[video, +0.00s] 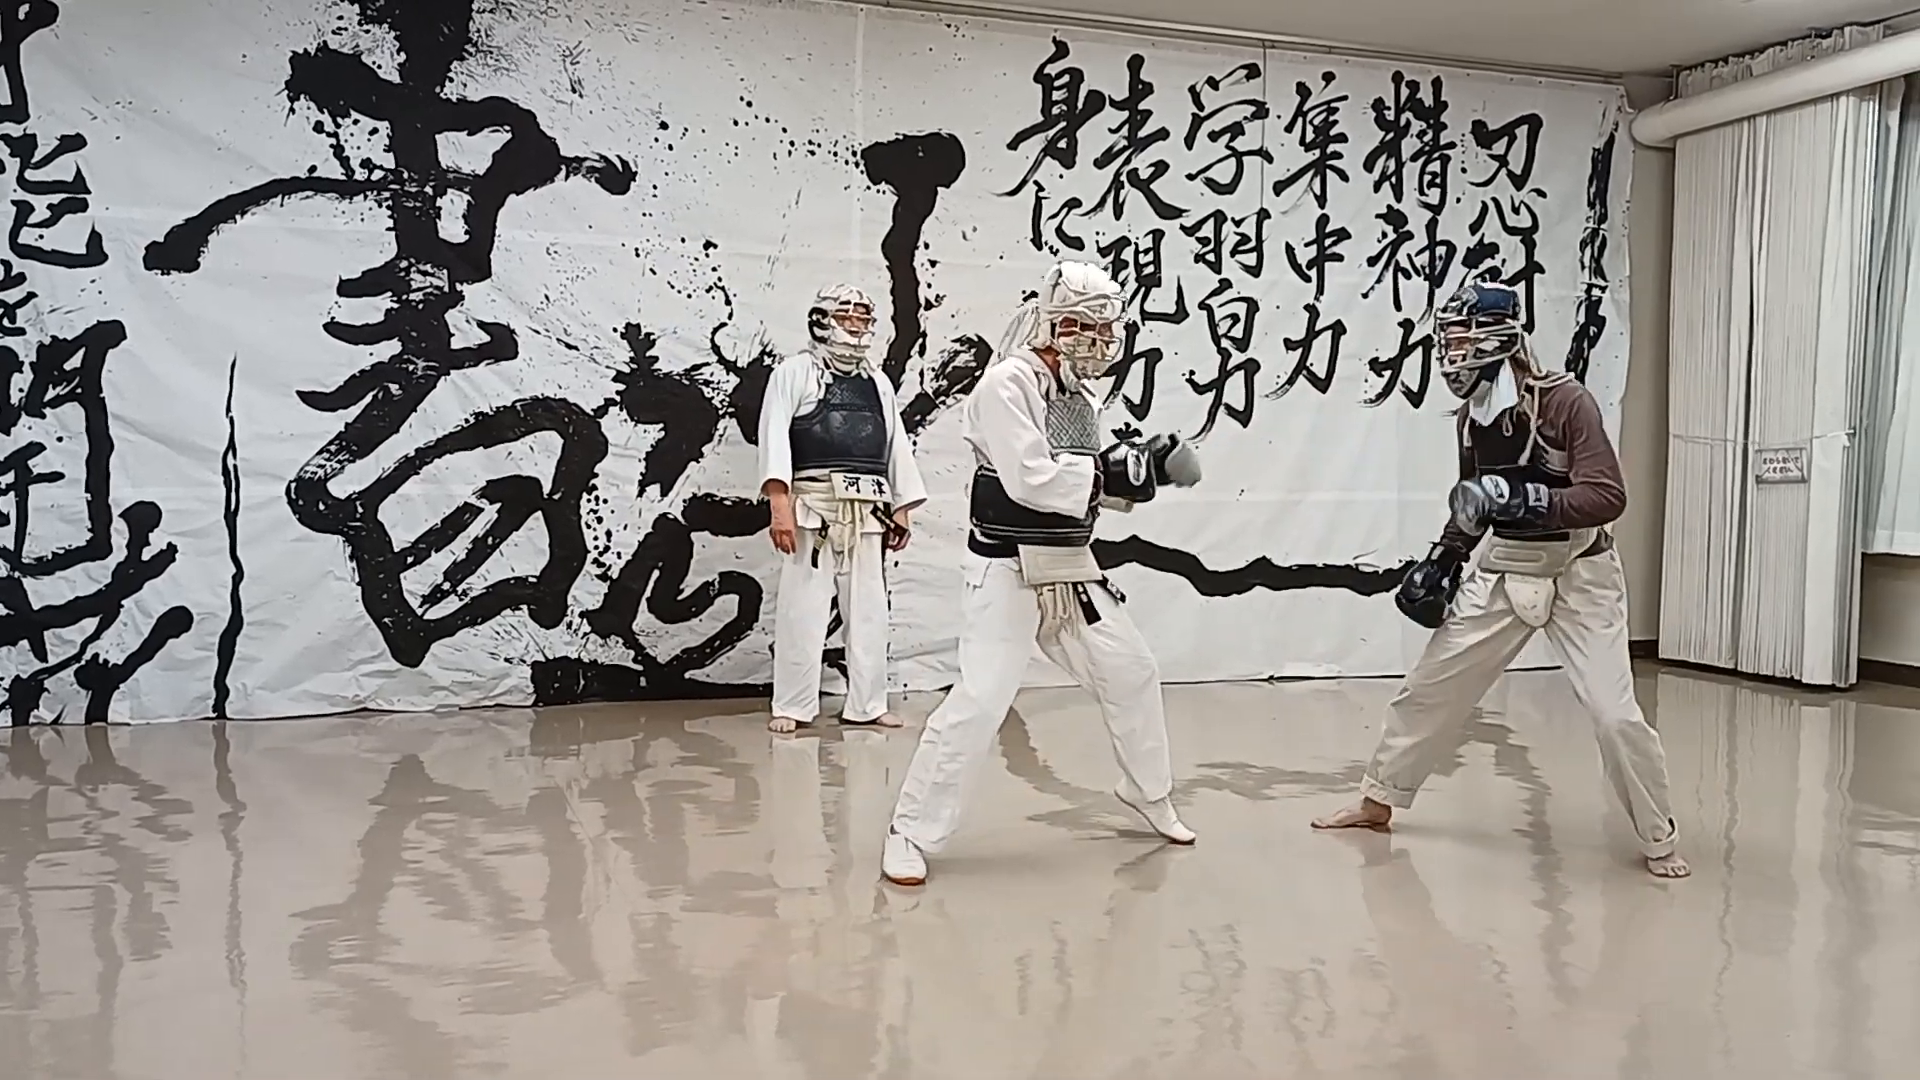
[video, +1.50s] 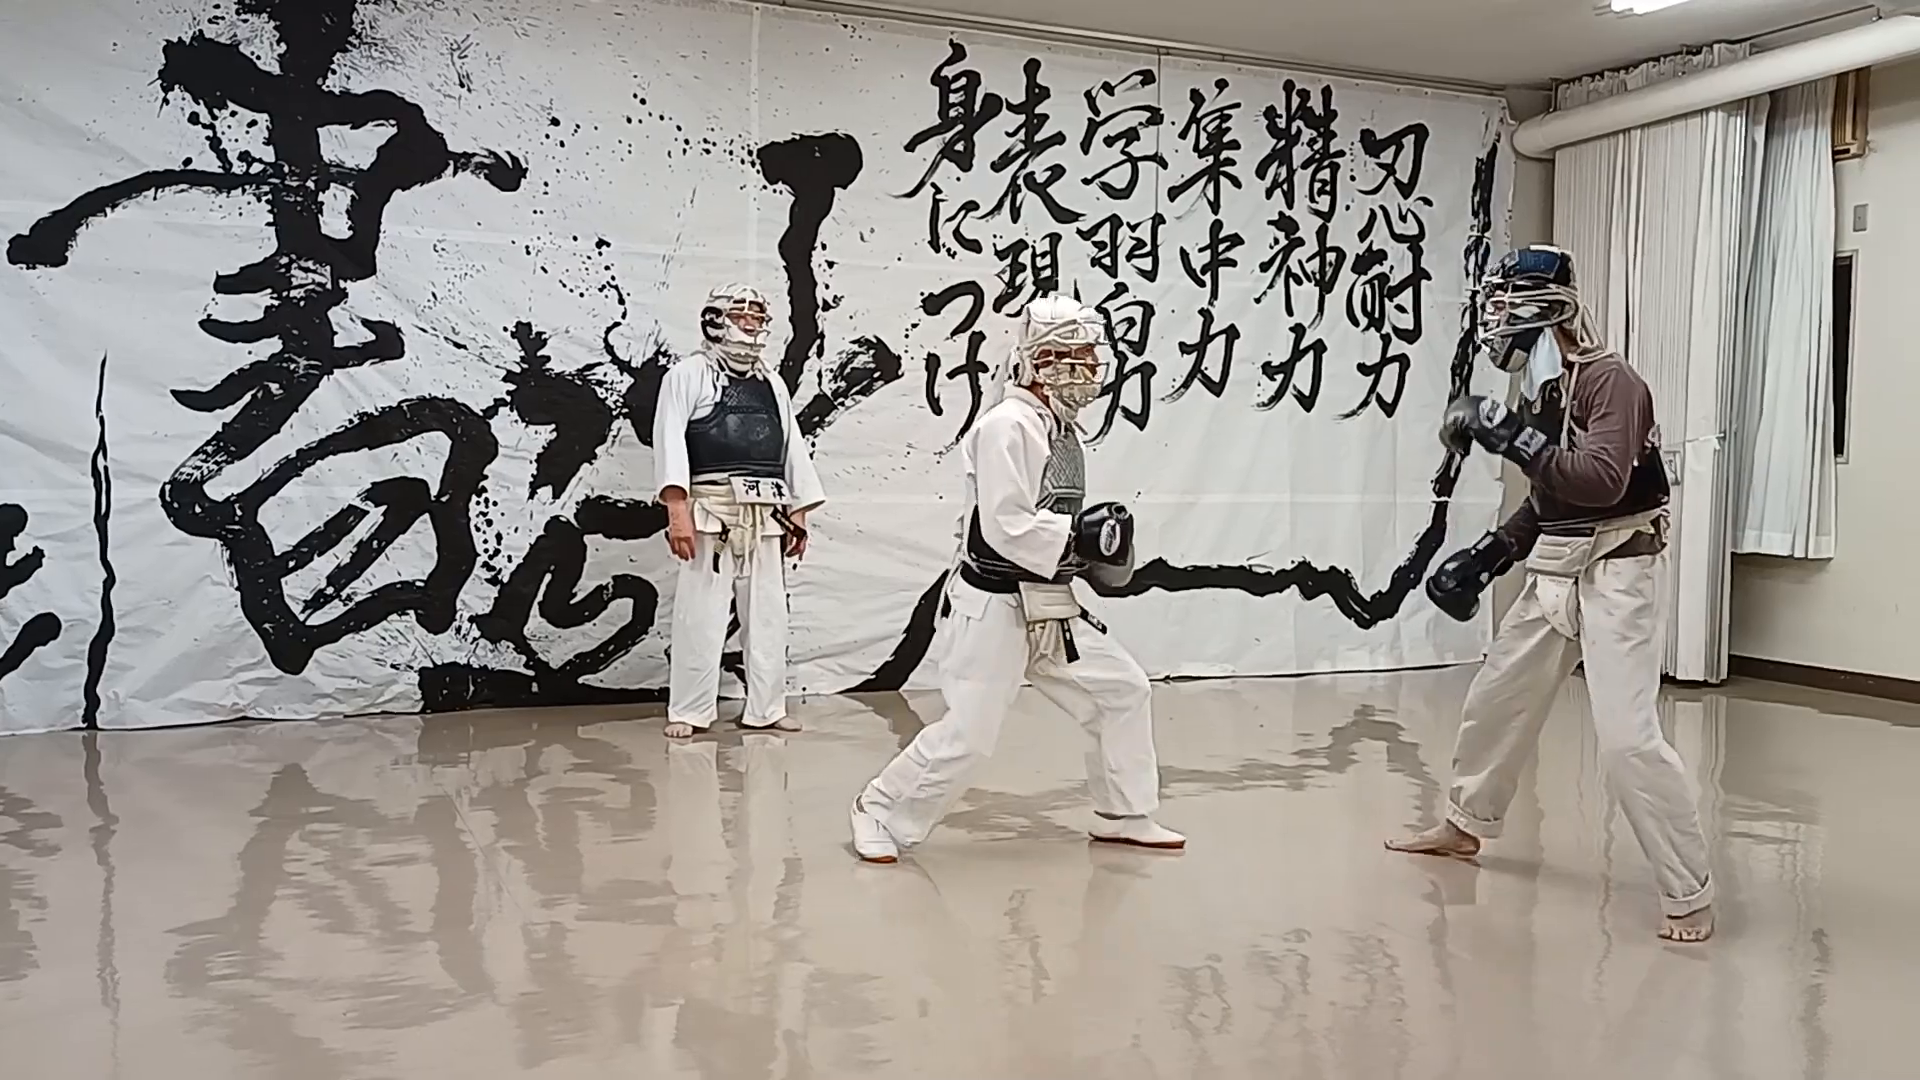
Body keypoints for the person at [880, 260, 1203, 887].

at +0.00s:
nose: (1092, 341)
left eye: (1102, 330)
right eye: (1079, 327)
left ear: (1110, 333)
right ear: (1050, 325)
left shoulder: (1081, 396)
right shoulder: (1005, 382)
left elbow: (1084, 482)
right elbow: (1028, 478)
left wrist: (1140, 472)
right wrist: (1115, 472)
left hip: (1068, 566)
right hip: (1005, 568)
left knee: (1133, 672)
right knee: (981, 697)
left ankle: (1149, 794)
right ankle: (909, 836)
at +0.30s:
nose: (1074, 345)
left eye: (1082, 334)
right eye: (1061, 333)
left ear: (1088, 339)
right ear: (1029, 335)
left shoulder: (1061, 402)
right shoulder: (984, 396)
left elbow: (1054, 488)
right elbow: (987, 502)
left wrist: (1085, 530)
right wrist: (1070, 525)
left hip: (1047, 573)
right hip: (985, 577)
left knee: (1108, 683)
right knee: (968, 706)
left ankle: (1109, 806)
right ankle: (889, 836)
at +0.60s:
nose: (1040, 354)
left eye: (1048, 342)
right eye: (1024, 342)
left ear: (1057, 346)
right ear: (991, 346)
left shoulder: (1032, 414)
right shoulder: (951, 414)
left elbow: (1032, 494)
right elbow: (960, 521)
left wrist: (1058, 525)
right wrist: (1039, 536)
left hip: (1016, 582)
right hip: (951, 591)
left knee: (1102, 673)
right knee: (943, 723)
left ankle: (1082, 786)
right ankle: (883, 830)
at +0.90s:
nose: (1048, 350)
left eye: (1056, 339)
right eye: (1033, 339)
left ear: (1065, 344)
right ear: (1003, 343)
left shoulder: (1047, 412)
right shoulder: (959, 409)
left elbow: (1039, 486)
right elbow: (959, 510)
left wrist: (1064, 517)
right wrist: (1036, 524)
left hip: (1022, 576)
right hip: (956, 581)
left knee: (1082, 679)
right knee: (956, 709)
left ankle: (1091, 797)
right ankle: (880, 827)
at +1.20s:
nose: (1061, 332)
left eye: (1069, 321)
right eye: (1047, 321)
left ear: (1076, 326)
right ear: (1015, 324)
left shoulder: (1049, 394)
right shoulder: (977, 390)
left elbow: (1040, 477)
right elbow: (976, 489)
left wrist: (1082, 499)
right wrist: (1056, 505)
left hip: (1025, 564)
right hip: (967, 567)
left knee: (1065, 683)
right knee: (942, 700)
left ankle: (1074, 807)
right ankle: (877, 826)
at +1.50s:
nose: (1089, 368)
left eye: (1092, 357)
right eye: (1077, 356)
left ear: (1092, 362)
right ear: (1042, 361)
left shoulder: (1058, 425)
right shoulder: (1009, 425)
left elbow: (1044, 514)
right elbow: (1004, 526)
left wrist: (1089, 546)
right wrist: (1080, 538)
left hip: (1044, 599)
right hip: (991, 602)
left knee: (1124, 687)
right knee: (969, 734)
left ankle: (1123, 816)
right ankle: (877, 813)